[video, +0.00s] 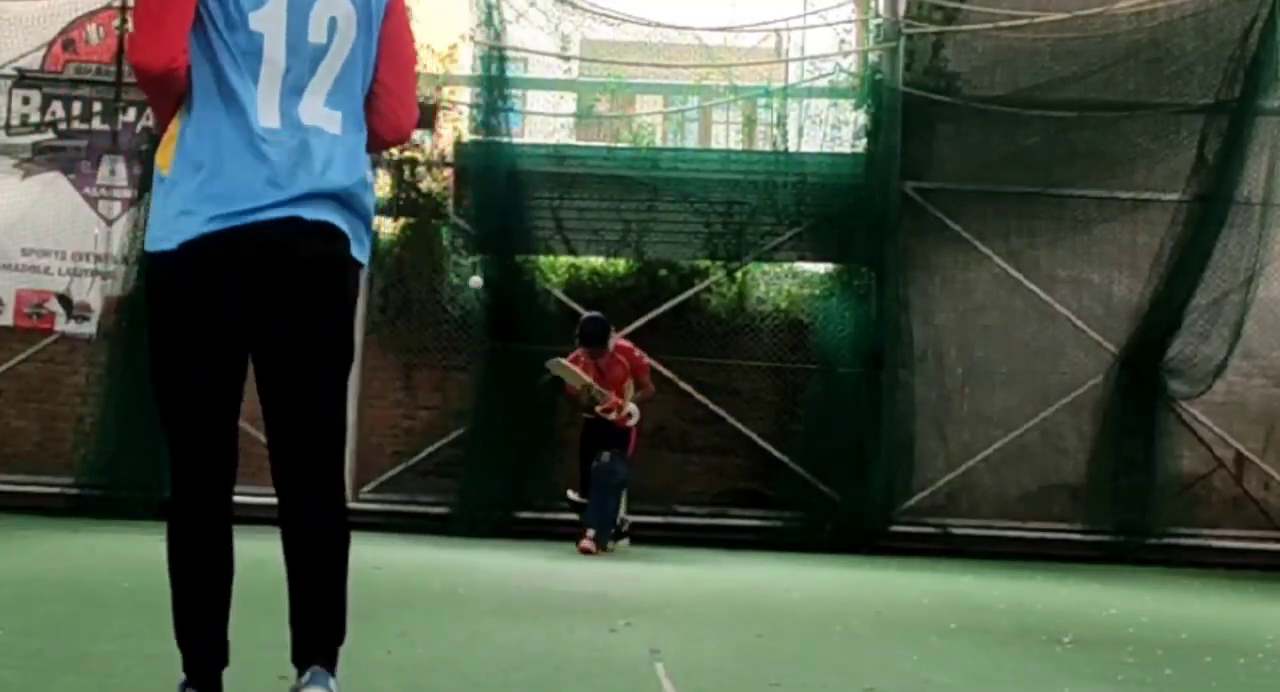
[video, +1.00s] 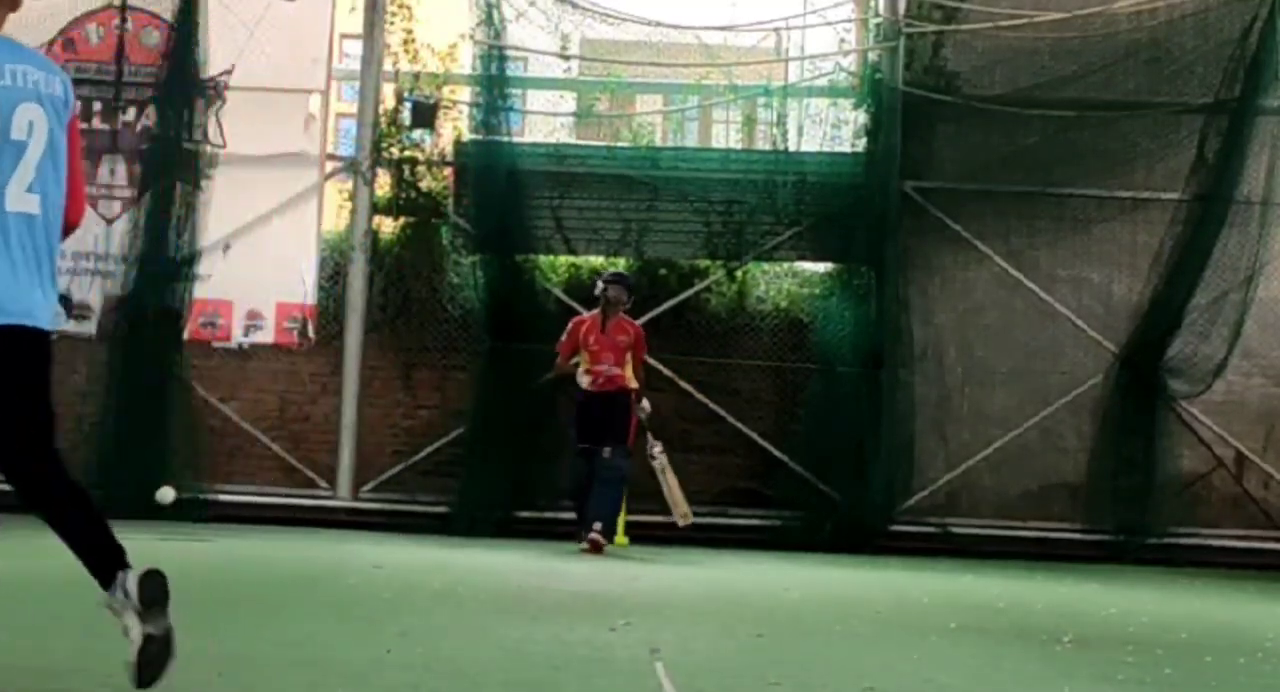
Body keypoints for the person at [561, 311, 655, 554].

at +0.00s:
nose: (595, 357)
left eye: (600, 351)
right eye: (590, 352)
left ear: (610, 340)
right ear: (582, 345)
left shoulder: (629, 354)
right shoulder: (577, 361)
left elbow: (648, 388)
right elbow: (576, 398)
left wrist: (628, 402)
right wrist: (584, 395)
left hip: (621, 421)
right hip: (592, 419)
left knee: (610, 474)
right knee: (589, 476)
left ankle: (595, 533)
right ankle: (601, 529)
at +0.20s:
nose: (601, 350)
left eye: (606, 344)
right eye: (596, 344)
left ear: (614, 336)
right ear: (586, 338)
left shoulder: (630, 358)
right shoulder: (576, 359)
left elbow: (637, 392)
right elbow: (573, 393)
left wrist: (628, 411)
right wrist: (593, 408)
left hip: (616, 425)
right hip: (587, 423)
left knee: (601, 476)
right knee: (578, 481)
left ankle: (592, 536)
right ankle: (584, 534)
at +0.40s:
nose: (603, 321)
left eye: (609, 315)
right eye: (598, 315)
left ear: (618, 318)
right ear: (590, 318)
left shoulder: (631, 351)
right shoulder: (578, 348)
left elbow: (633, 389)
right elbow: (575, 385)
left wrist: (629, 420)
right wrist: (576, 416)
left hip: (616, 409)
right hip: (587, 408)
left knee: (605, 472)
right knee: (577, 469)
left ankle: (594, 534)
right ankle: (583, 531)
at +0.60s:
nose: (604, 302)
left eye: (610, 297)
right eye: (599, 297)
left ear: (621, 300)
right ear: (592, 300)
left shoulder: (633, 339)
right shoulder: (579, 332)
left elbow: (636, 383)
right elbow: (565, 371)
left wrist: (638, 421)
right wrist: (546, 406)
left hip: (614, 404)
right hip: (583, 402)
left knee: (603, 466)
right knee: (573, 464)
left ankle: (593, 535)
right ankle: (583, 530)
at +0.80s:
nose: (607, 294)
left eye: (613, 289)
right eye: (603, 288)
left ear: (623, 295)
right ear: (595, 292)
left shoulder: (633, 335)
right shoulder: (579, 326)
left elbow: (639, 379)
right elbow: (557, 358)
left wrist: (641, 416)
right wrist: (547, 391)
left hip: (615, 400)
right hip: (585, 398)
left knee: (603, 462)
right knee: (575, 461)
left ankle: (593, 534)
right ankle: (584, 529)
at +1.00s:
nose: (614, 295)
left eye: (621, 291)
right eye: (611, 288)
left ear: (627, 298)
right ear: (601, 292)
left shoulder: (633, 331)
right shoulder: (580, 324)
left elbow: (638, 368)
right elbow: (561, 364)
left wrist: (640, 396)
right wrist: (578, 366)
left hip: (620, 396)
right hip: (590, 395)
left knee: (613, 459)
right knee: (585, 458)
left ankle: (601, 527)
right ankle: (587, 525)